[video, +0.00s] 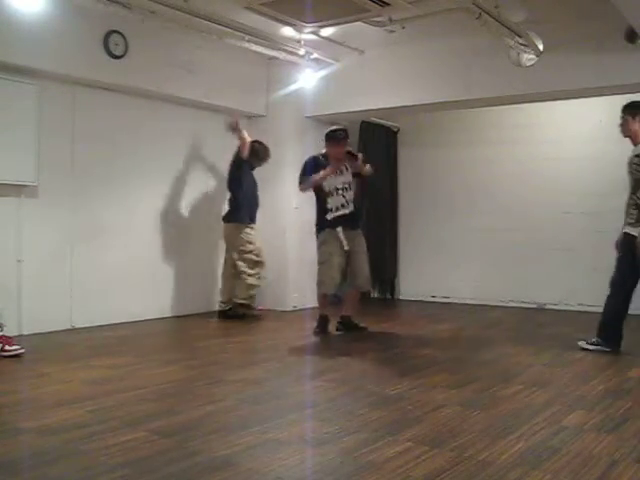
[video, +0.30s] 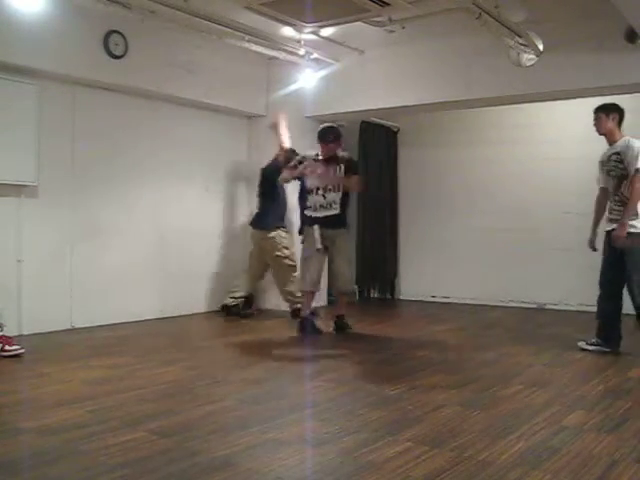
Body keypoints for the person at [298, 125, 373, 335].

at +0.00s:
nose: (340, 150)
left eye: (343, 145)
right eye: (336, 146)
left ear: (347, 145)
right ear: (327, 146)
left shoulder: (352, 160)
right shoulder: (315, 163)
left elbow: (369, 171)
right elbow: (303, 185)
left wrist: (360, 167)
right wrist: (326, 173)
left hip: (352, 226)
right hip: (328, 227)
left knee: (361, 276)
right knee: (328, 275)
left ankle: (346, 317)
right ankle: (323, 318)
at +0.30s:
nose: (328, 148)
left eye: (332, 144)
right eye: (324, 144)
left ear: (339, 144)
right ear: (318, 143)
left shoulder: (346, 163)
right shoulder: (307, 162)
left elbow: (356, 185)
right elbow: (282, 177)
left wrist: (332, 178)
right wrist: (298, 171)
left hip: (338, 226)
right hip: (312, 226)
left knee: (342, 273)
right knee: (311, 271)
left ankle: (340, 316)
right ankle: (305, 317)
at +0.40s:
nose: (335, 149)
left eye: (336, 144)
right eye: (333, 145)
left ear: (337, 144)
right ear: (325, 144)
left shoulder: (342, 165)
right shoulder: (304, 164)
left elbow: (323, 188)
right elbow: (283, 185)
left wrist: (294, 204)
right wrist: (268, 203)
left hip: (333, 227)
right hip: (309, 228)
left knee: (338, 277)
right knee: (307, 278)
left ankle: (338, 318)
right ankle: (304, 319)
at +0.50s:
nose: (329, 148)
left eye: (333, 144)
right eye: (326, 144)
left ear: (337, 143)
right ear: (319, 143)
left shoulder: (338, 164)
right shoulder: (302, 162)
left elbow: (321, 188)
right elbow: (285, 186)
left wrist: (292, 202)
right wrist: (269, 205)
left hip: (329, 228)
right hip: (305, 228)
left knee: (332, 276)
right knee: (302, 277)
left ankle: (337, 318)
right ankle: (303, 318)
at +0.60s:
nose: (333, 142)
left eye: (332, 139)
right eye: (331, 139)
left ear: (327, 140)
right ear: (323, 139)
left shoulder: (338, 164)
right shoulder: (302, 161)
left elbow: (330, 193)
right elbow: (288, 187)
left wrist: (300, 198)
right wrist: (274, 206)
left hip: (327, 230)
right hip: (300, 229)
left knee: (333, 278)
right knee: (295, 278)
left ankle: (337, 318)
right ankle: (301, 318)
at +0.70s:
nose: (319, 145)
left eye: (323, 141)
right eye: (316, 141)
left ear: (329, 143)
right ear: (310, 142)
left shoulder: (337, 167)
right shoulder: (300, 163)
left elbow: (339, 196)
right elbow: (291, 188)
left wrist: (315, 201)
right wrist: (283, 206)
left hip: (329, 232)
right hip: (302, 231)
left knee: (340, 279)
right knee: (295, 278)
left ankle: (337, 317)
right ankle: (301, 318)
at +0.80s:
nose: (313, 146)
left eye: (317, 142)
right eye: (311, 142)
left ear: (326, 145)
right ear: (306, 144)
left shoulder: (338, 170)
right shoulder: (296, 170)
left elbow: (352, 199)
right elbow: (292, 197)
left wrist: (334, 209)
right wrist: (290, 216)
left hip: (332, 234)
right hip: (305, 233)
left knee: (345, 279)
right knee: (298, 279)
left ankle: (338, 317)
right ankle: (302, 318)